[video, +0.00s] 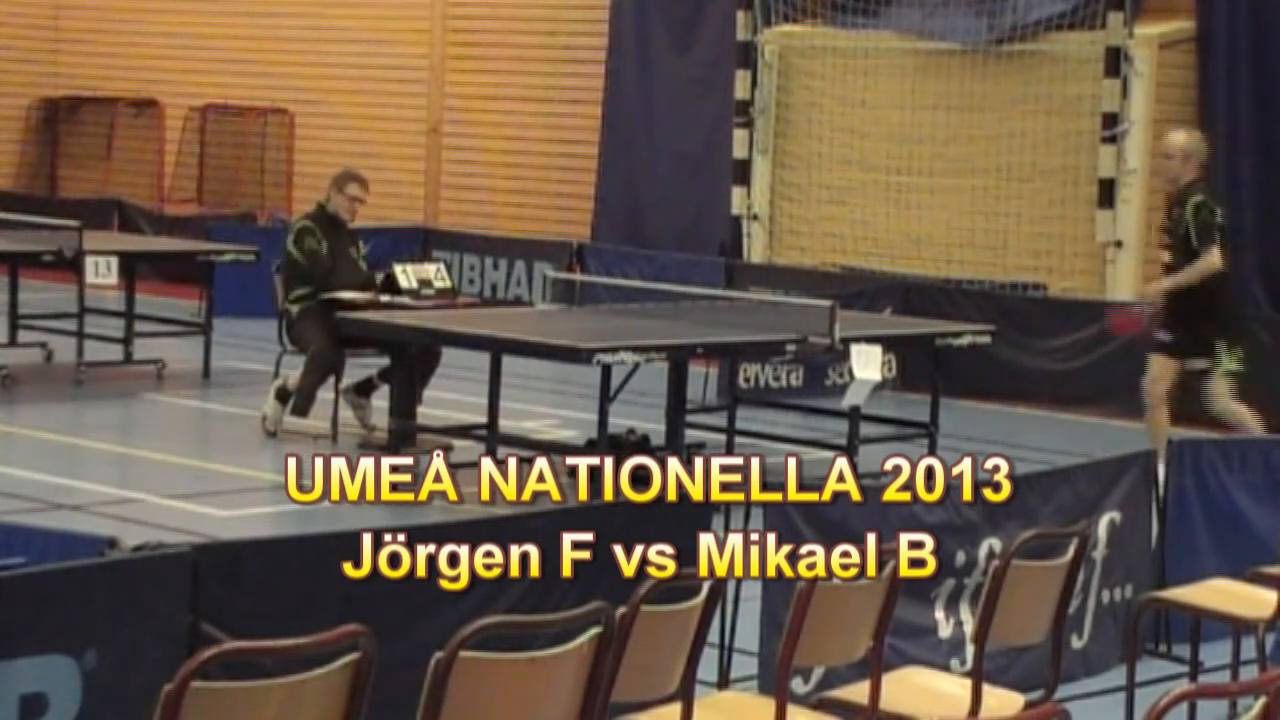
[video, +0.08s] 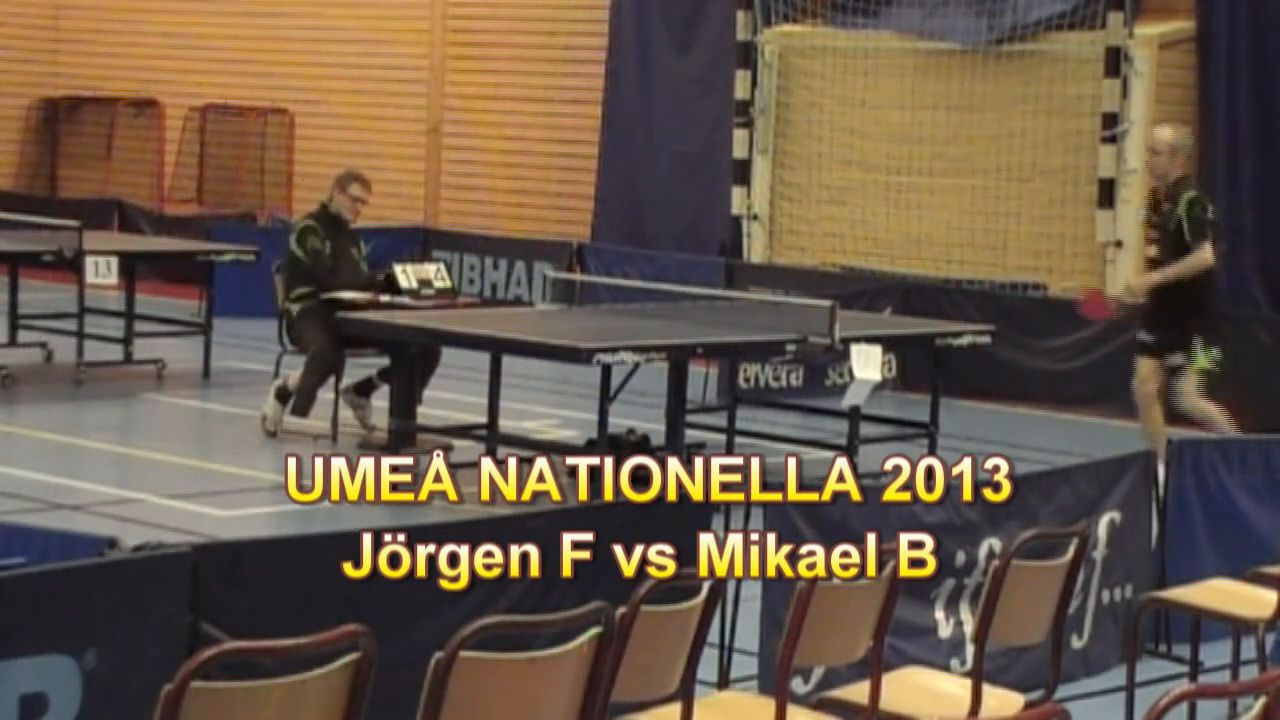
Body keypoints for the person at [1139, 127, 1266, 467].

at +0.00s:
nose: (1160, 164)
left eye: (1168, 158)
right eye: (1161, 157)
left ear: (1190, 162)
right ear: (1177, 162)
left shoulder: (1198, 202)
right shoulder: (1177, 201)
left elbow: (1213, 259)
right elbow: (1182, 259)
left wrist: (1162, 285)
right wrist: (1161, 297)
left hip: (1206, 317)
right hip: (1177, 316)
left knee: (1217, 397)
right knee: (1154, 390)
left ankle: (1269, 449)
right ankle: (1161, 469)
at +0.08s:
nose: (1149, 160)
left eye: (1156, 153)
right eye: (1149, 153)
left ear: (1177, 158)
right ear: (1160, 156)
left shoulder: (1190, 200)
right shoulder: (1157, 199)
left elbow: (1205, 254)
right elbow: (1161, 257)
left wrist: (1150, 281)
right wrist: (1137, 291)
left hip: (1190, 311)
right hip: (1157, 310)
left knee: (1186, 396)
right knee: (1146, 389)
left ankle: (1245, 452)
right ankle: (1160, 469)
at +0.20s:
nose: (1132, 155)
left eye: (1139, 148)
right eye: (1130, 148)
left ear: (1160, 150)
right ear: (1132, 150)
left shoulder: (1178, 194)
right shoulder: (1132, 192)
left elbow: (1194, 250)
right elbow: (1127, 244)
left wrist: (1135, 270)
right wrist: (1108, 269)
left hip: (1170, 308)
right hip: (1137, 305)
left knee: (1146, 387)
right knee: (1136, 393)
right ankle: (1155, 465)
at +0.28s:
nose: (1119, 155)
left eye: (1126, 149)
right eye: (1119, 148)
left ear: (1151, 151)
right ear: (1122, 150)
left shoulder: (1168, 194)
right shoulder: (1116, 191)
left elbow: (1185, 250)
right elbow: (1110, 244)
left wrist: (1126, 268)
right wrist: (1092, 263)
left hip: (1157, 303)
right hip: (1122, 299)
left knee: (1127, 383)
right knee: (1133, 390)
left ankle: (1141, 463)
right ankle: (1153, 467)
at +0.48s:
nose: (1083, 164)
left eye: (1091, 158)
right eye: (1082, 157)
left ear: (1113, 162)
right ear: (1081, 157)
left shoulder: (1130, 204)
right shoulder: (1076, 197)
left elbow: (1151, 258)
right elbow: (1061, 240)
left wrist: (1097, 277)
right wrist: (1063, 262)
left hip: (1116, 308)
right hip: (1083, 305)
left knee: (1085, 389)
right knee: (1111, 396)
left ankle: (1067, 467)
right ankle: (1146, 455)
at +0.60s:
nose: (1063, 166)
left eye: (1070, 159)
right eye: (1060, 158)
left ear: (1088, 161)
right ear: (1056, 160)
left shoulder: (1106, 196)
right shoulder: (1051, 195)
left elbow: (1131, 254)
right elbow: (1039, 238)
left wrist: (1082, 279)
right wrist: (1050, 273)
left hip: (1097, 308)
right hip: (1060, 307)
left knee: (1067, 385)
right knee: (1063, 389)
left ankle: (1061, 466)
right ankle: (1117, 444)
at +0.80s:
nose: (1027, 260)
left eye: (1032, 251)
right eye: (1026, 252)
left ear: (1058, 252)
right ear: (1053, 254)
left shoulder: (1087, 282)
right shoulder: (1054, 285)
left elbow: (1097, 349)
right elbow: (1065, 343)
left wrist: (1042, 375)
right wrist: (1035, 374)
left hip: (1155, 344)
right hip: (1119, 348)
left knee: (1129, 396)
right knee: (1062, 387)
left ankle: (1151, 482)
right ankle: (1078, 467)